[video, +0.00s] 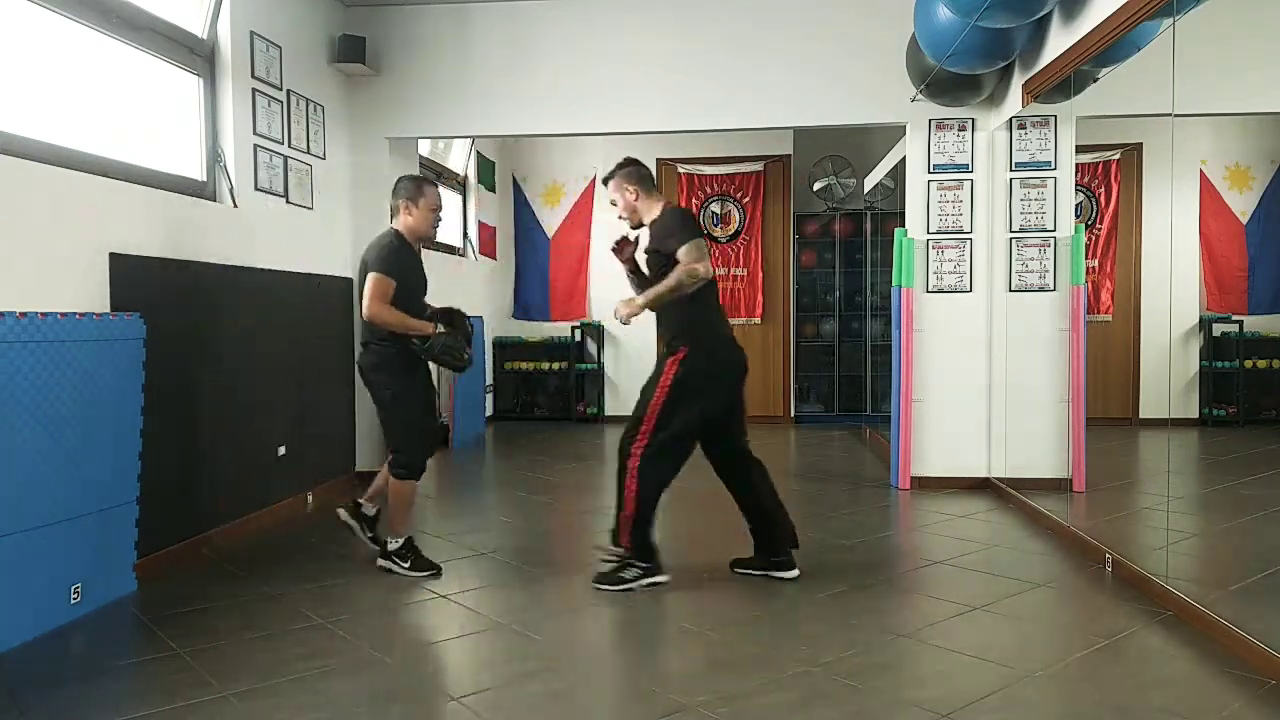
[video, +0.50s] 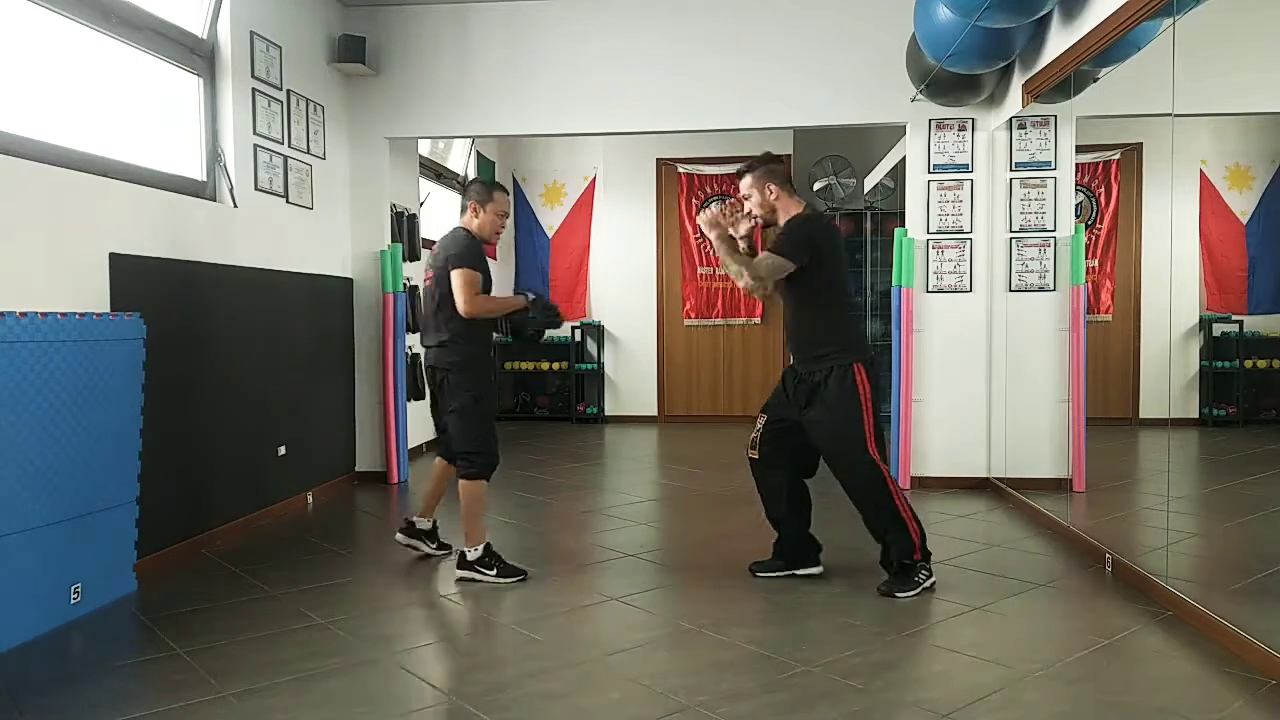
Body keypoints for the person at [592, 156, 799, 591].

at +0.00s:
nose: (618, 212)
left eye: (617, 202)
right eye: (614, 203)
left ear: (632, 192)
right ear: (640, 192)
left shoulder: (672, 219)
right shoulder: (663, 233)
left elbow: (699, 266)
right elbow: (662, 298)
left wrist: (641, 299)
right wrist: (633, 265)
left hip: (692, 356)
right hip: (718, 355)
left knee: (639, 447)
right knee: (733, 457)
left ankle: (638, 558)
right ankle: (777, 553)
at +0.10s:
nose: (649, 213)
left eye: (648, 204)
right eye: (645, 206)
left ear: (666, 195)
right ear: (671, 195)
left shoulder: (704, 226)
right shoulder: (696, 231)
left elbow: (720, 279)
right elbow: (709, 288)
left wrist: (658, 295)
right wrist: (670, 276)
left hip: (732, 358)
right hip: (746, 357)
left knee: (691, 453)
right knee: (752, 455)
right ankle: (781, 555)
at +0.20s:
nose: (677, 210)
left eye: (677, 199)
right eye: (673, 201)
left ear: (697, 188)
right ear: (699, 190)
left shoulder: (736, 220)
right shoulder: (720, 227)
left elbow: (723, 283)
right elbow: (725, 281)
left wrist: (674, 270)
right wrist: (689, 264)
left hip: (762, 354)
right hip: (743, 356)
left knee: (766, 459)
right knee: (744, 458)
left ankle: (842, 549)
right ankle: (776, 555)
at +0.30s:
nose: (704, 200)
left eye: (705, 190)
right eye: (701, 193)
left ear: (726, 179)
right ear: (729, 180)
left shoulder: (759, 210)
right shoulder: (744, 218)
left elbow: (715, 272)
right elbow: (718, 269)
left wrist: (690, 236)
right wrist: (702, 237)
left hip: (793, 353)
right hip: (766, 356)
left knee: (819, 454)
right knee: (761, 454)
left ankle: (897, 547)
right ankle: (777, 554)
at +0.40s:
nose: (731, 206)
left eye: (732, 196)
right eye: (727, 199)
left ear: (752, 185)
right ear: (759, 187)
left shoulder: (779, 218)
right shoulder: (776, 225)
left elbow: (722, 267)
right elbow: (735, 271)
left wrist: (708, 221)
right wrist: (718, 227)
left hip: (822, 360)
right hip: (792, 364)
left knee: (854, 462)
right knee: (767, 456)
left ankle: (912, 560)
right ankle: (790, 554)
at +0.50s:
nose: (747, 209)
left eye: (748, 198)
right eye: (743, 201)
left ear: (772, 189)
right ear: (774, 192)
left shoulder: (806, 228)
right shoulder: (789, 232)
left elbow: (754, 279)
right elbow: (762, 284)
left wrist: (719, 236)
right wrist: (733, 238)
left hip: (842, 371)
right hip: (804, 373)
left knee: (860, 467)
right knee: (769, 454)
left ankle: (911, 563)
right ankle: (798, 553)